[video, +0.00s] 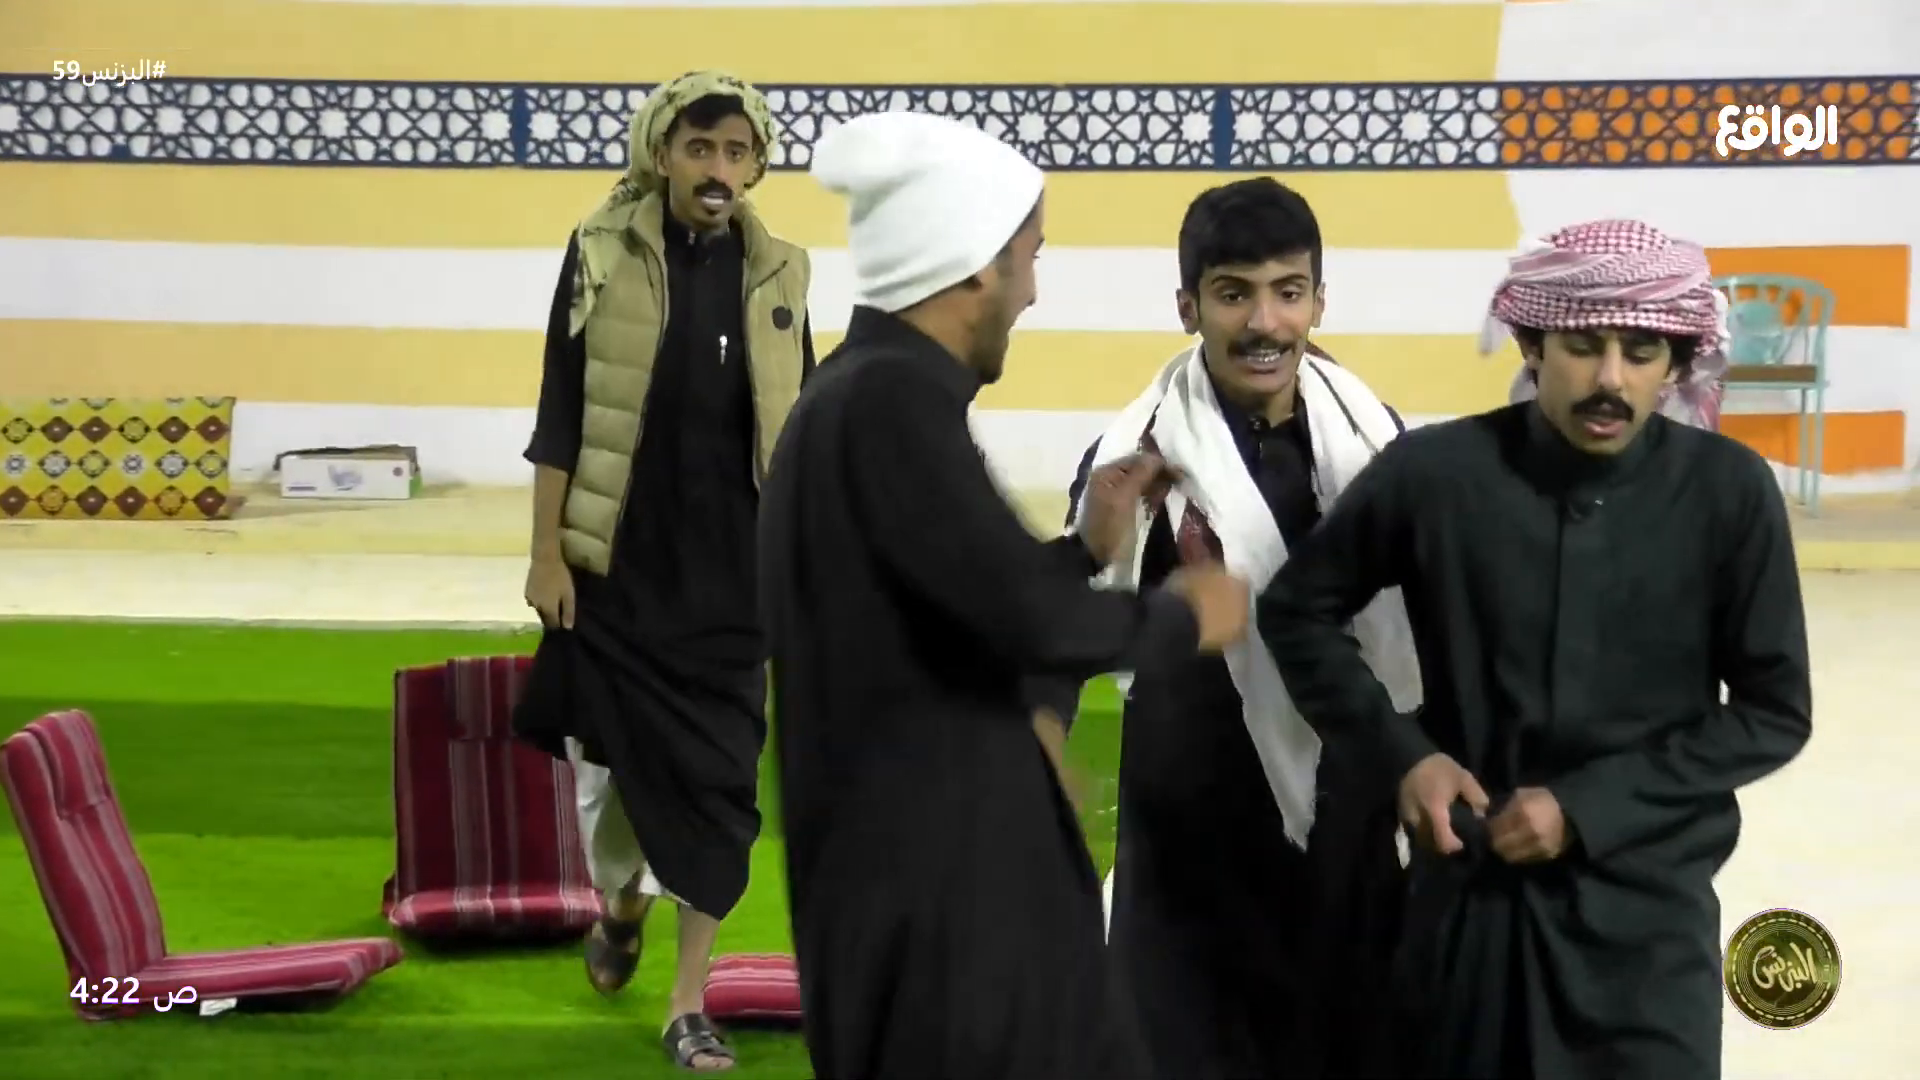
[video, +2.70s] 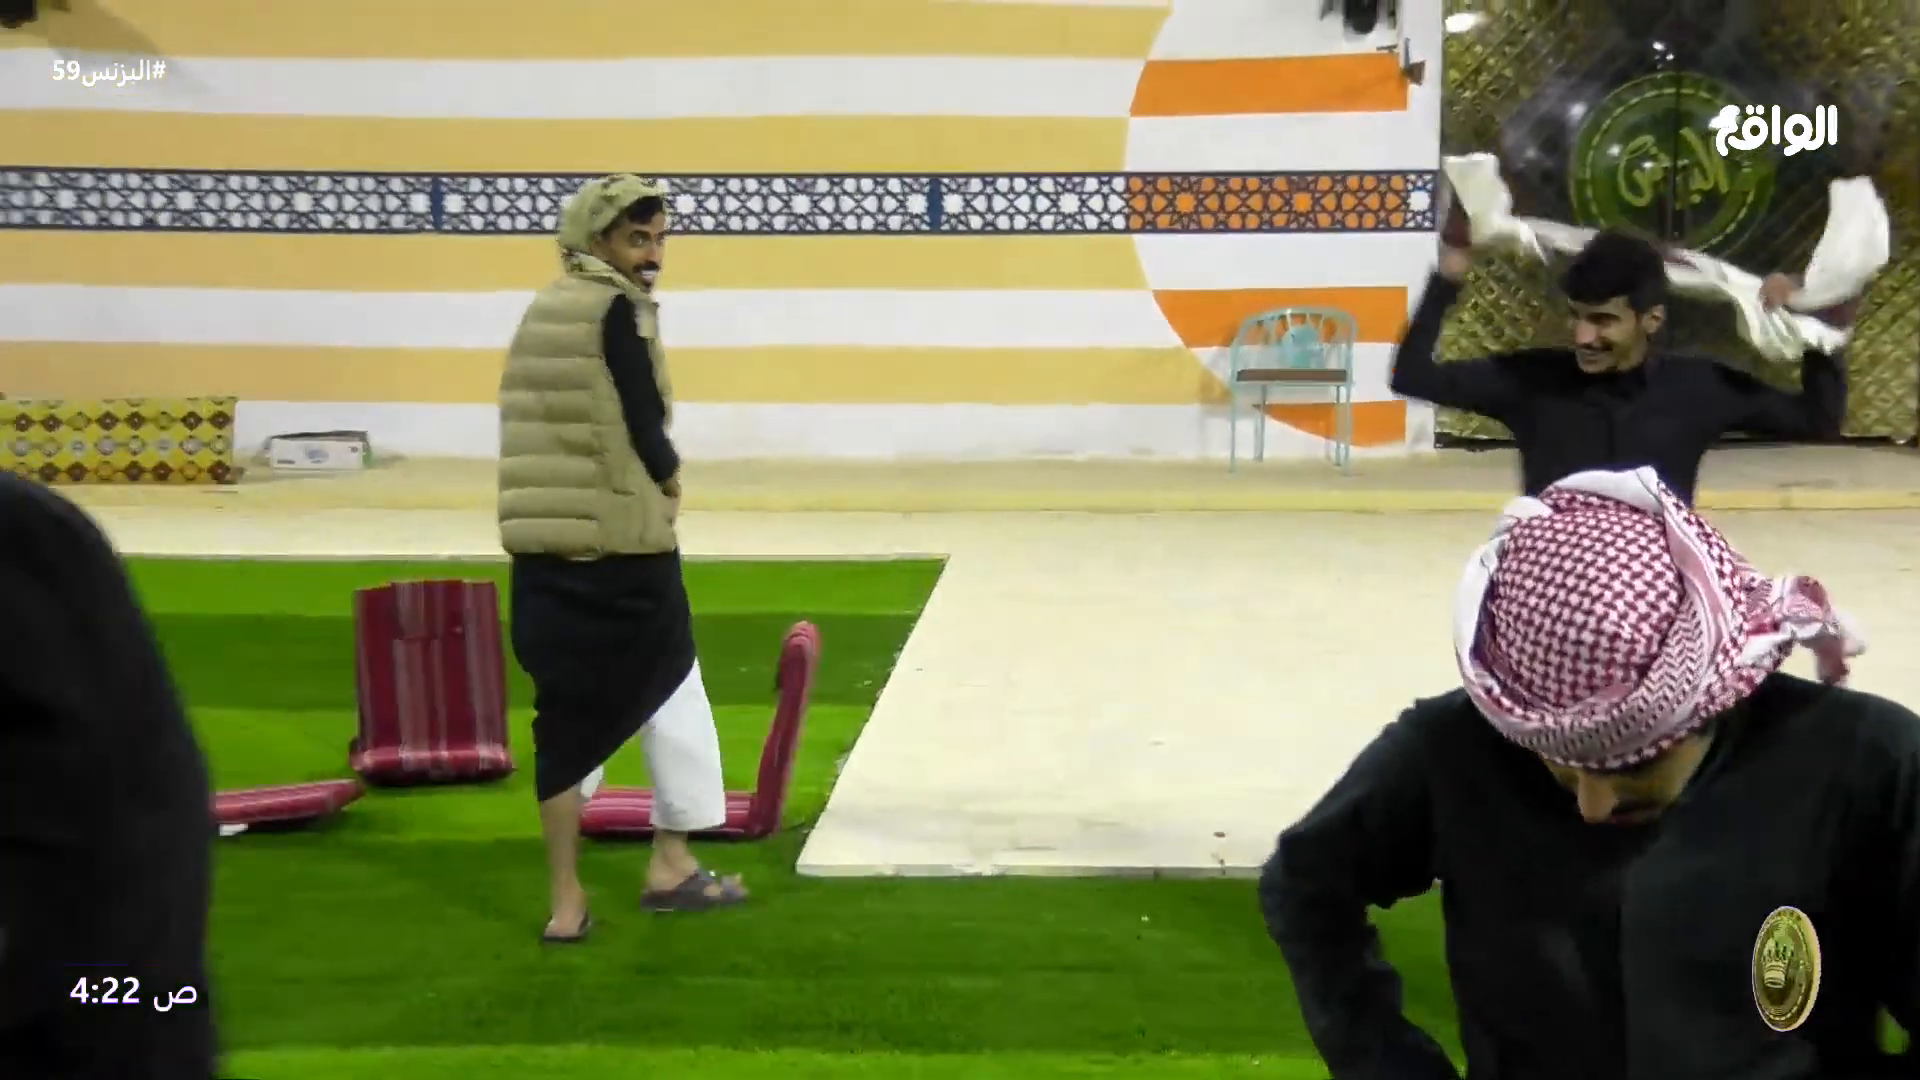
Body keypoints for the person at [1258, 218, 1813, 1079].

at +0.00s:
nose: (1609, 378)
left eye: (1640, 352)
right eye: (1582, 346)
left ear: (1675, 366)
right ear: (1533, 349)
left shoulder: (1729, 489)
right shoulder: (1428, 475)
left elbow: (1775, 714)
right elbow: (1295, 609)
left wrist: (1580, 806)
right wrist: (1405, 757)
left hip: (1642, 930)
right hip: (1462, 918)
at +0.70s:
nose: (1504, 441)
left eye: (1529, 406)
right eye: (1471, 411)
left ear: (1566, 402)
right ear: (1423, 410)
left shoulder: (1650, 518)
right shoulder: (1335, 524)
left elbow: (1725, 744)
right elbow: (1197, 655)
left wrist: (1522, 856)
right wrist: (1296, 805)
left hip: (1576, 959)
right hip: (1386, 951)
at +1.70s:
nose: (1492, 492)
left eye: (1521, 454)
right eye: (1456, 460)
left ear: (1563, 454)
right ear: (1404, 467)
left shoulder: (1653, 586)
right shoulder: (1315, 594)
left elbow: (1718, 837)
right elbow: (1171, 717)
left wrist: (1479, 912)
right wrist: (1258, 893)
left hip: (1562, 1046)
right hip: (1356, 1043)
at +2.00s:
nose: (1477, 580)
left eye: (1499, 531)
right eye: (1433, 550)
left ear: (1555, 514)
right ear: (1387, 555)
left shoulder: (1682, 632)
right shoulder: (1321, 677)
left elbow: (1754, 899)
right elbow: (1185, 812)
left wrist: (1521, 1024)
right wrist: (1309, 994)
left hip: (1621, 1058)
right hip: (1380, 1062)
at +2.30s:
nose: (1533, 652)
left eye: (1560, 605)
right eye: (1490, 618)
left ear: (1615, 578)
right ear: (1440, 600)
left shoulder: (1744, 698)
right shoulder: (1356, 719)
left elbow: (1825, 979)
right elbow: (1191, 858)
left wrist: (1633, 1069)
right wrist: (1346, 1049)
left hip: (1661, 1057)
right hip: (1435, 1063)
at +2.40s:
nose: (1564, 742)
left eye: (1600, 698)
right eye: (1525, 703)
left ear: (1656, 640)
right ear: (1474, 662)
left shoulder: (1796, 743)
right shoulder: (1395, 746)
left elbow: (1861, 1032)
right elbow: (1231, 887)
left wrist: (1741, 1068)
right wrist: (1361, 1070)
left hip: (1704, 1063)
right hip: (1470, 1063)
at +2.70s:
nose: (1597, 806)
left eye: (1639, 766)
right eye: (1560, 765)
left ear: (1718, 697)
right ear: (1519, 710)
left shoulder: (1870, 768)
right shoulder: (1445, 758)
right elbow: (1303, 888)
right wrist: (1399, 1069)